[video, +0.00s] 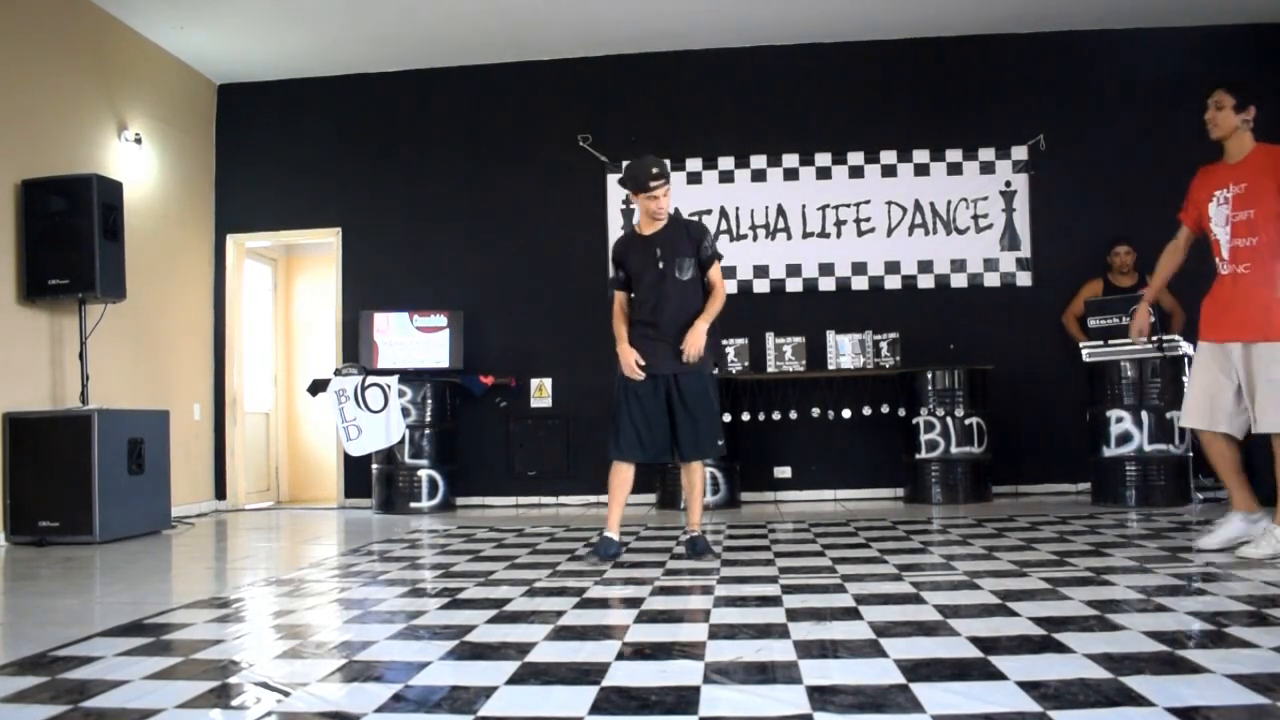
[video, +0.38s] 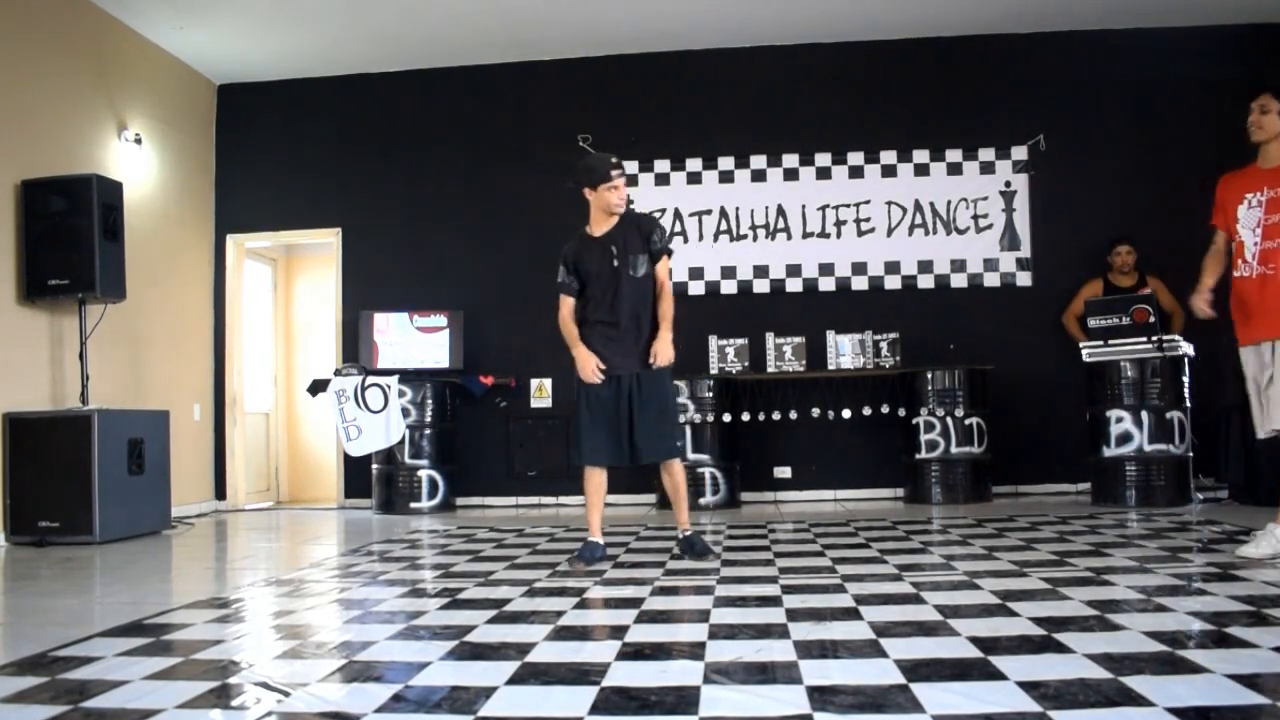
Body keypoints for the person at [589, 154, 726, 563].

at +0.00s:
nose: (660, 204)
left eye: (664, 195)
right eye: (651, 197)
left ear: (671, 192)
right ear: (634, 199)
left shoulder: (693, 234)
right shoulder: (624, 247)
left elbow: (719, 289)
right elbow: (620, 304)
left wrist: (701, 327)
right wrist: (622, 345)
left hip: (689, 364)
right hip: (641, 365)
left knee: (692, 450)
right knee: (625, 449)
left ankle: (695, 531)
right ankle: (610, 535)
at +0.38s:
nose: (622, 193)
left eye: (624, 186)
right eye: (613, 188)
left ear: (626, 189)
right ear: (589, 193)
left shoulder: (645, 229)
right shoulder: (575, 250)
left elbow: (664, 287)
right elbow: (566, 314)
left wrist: (665, 334)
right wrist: (578, 351)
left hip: (648, 362)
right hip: (598, 367)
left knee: (669, 450)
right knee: (595, 455)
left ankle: (686, 531)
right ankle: (594, 539)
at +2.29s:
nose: (647, 209)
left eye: (655, 200)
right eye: (640, 200)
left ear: (668, 193)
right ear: (630, 195)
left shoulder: (695, 233)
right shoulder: (620, 237)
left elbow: (718, 291)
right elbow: (614, 287)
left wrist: (698, 335)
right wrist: (607, 326)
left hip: (673, 359)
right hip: (623, 355)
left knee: (682, 445)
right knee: (589, 430)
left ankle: (681, 530)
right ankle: (564, 513)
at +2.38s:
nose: (646, 212)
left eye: (653, 204)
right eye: (639, 204)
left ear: (667, 196)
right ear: (629, 199)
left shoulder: (697, 236)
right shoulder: (625, 243)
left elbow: (720, 292)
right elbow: (619, 289)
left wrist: (701, 332)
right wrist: (611, 325)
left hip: (682, 356)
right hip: (632, 353)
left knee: (683, 444)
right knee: (588, 420)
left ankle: (681, 532)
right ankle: (552, 456)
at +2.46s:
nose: (643, 210)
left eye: (650, 201)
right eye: (635, 202)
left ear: (663, 193)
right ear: (625, 199)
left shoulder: (693, 230)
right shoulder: (620, 243)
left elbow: (718, 284)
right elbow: (615, 292)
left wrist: (705, 325)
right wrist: (615, 326)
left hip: (691, 350)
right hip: (642, 352)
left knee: (691, 440)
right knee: (621, 420)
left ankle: (686, 530)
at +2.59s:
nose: (640, 214)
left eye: (646, 205)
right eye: (632, 207)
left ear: (660, 195)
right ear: (622, 205)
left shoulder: (691, 230)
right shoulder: (619, 246)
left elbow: (722, 282)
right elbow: (615, 295)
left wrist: (712, 330)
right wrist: (627, 329)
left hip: (707, 351)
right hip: (658, 355)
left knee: (731, 441)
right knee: (649, 440)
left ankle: (759, 521)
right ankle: (657, 527)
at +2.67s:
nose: (640, 224)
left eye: (645, 215)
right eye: (632, 217)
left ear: (658, 213)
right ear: (623, 221)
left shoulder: (691, 245)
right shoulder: (626, 268)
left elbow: (726, 296)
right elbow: (628, 330)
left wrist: (729, 349)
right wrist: (639, 376)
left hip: (716, 367)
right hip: (666, 378)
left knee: (766, 441)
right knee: (653, 451)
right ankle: (658, 530)